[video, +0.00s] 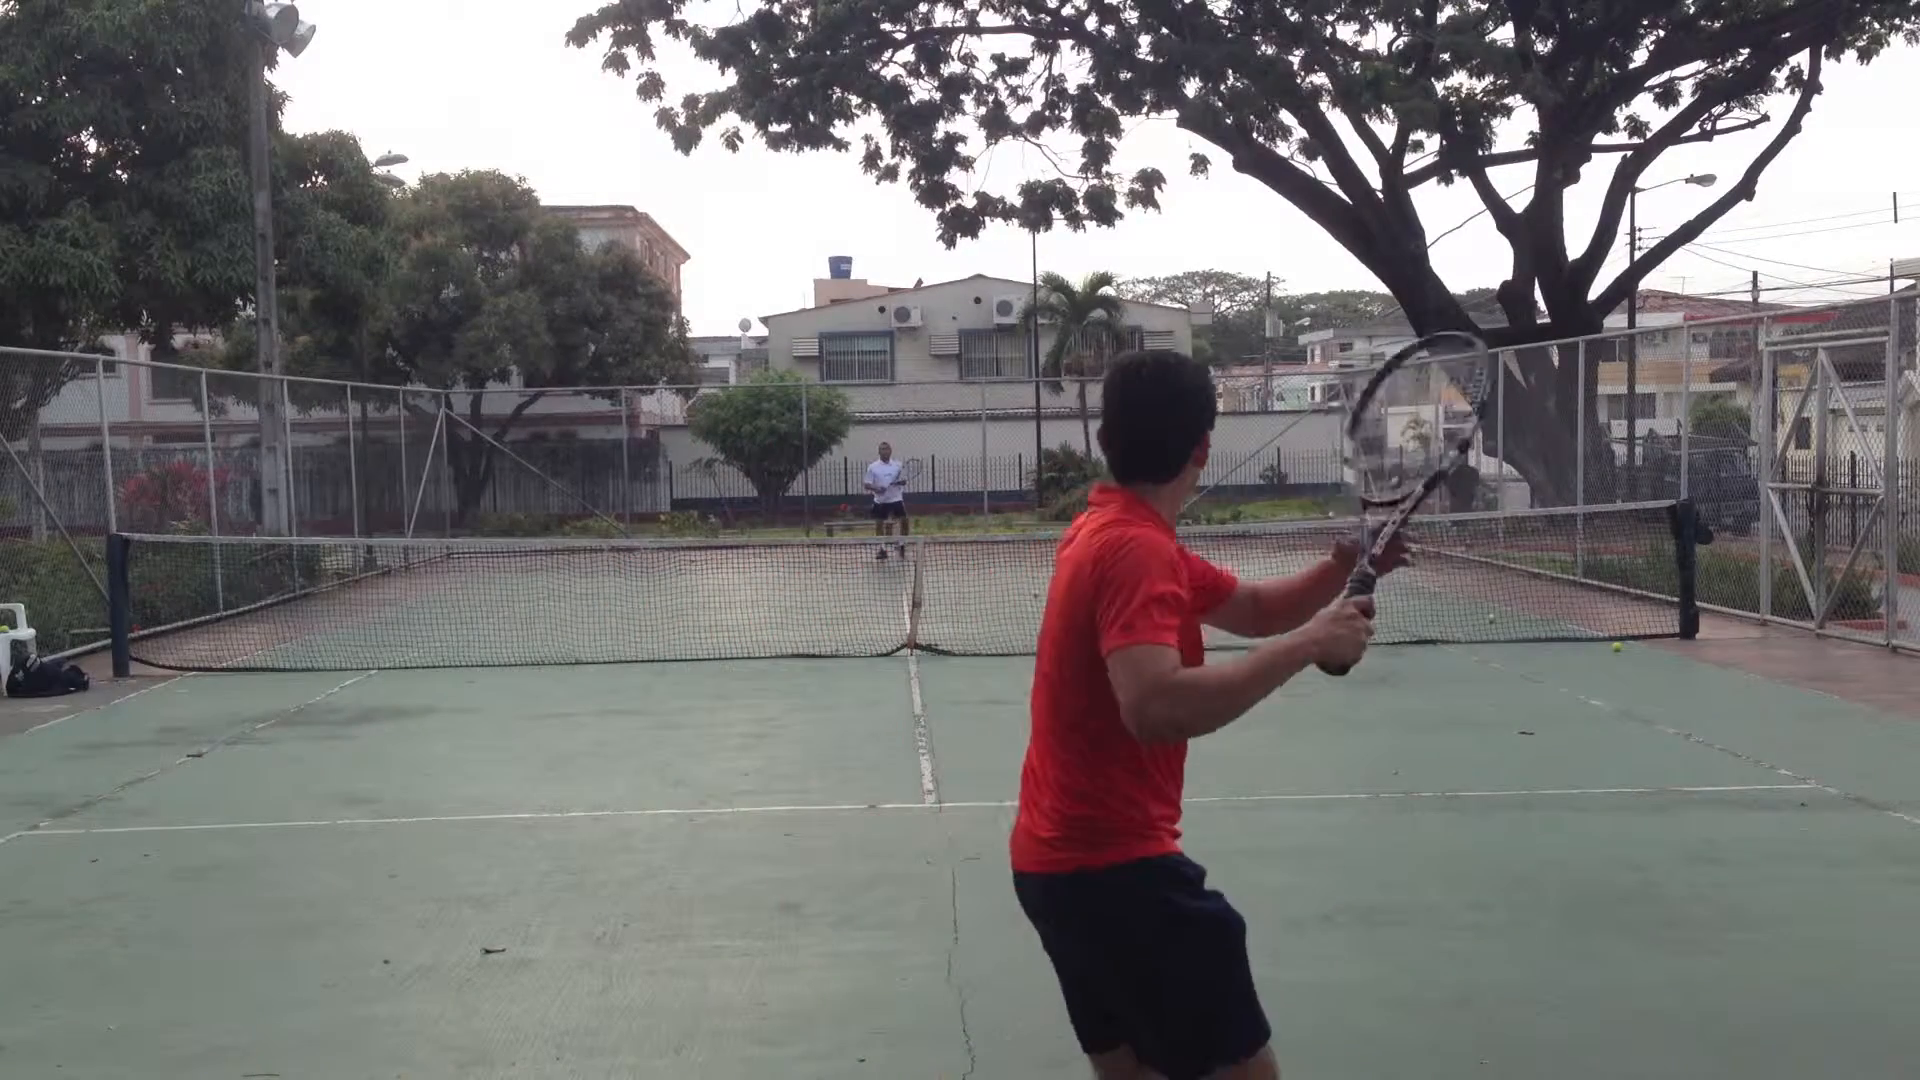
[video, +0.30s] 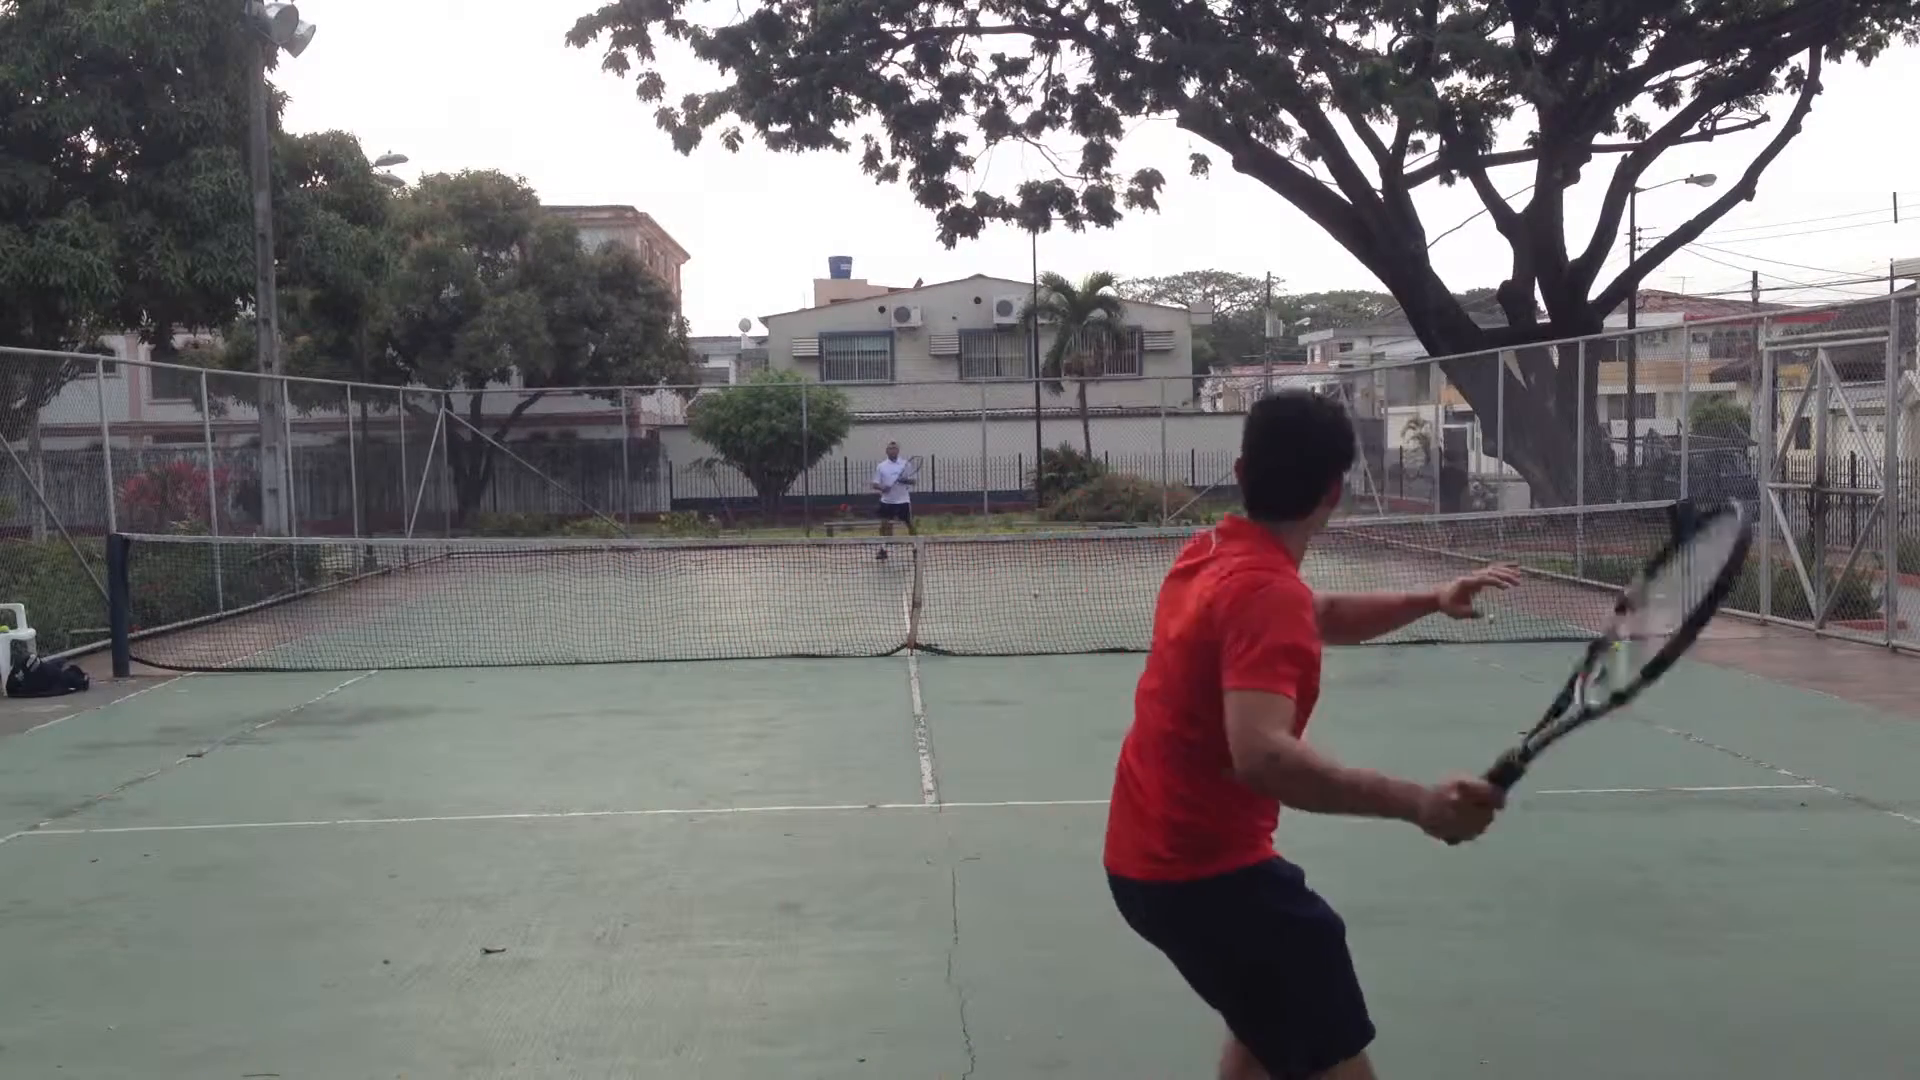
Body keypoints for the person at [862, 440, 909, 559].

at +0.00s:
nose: (885, 451)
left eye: (887, 449)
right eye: (882, 449)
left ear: (890, 451)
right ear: (879, 452)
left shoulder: (897, 465)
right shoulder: (873, 467)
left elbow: (903, 480)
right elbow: (867, 484)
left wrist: (899, 482)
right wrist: (876, 489)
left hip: (896, 500)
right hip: (880, 501)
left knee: (904, 521)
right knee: (879, 524)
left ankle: (902, 544)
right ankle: (881, 548)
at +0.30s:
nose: (892, 451)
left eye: (894, 449)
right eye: (890, 449)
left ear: (898, 450)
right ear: (886, 451)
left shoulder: (905, 464)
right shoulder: (881, 466)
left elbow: (913, 481)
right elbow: (875, 483)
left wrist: (905, 481)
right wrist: (882, 488)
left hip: (903, 501)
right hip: (887, 501)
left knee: (910, 525)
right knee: (885, 525)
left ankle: (915, 548)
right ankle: (884, 549)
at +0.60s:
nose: (899, 451)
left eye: (901, 448)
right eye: (896, 449)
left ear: (905, 450)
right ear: (893, 451)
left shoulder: (912, 464)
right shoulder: (887, 465)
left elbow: (918, 482)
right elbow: (881, 483)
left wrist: (913, 480)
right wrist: (893, 487)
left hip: (908, 500)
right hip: (892, 501)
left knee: (913, 524)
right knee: (888, 523)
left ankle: (916, 548)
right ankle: (884, 549)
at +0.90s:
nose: (899, 451)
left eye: (901, 449)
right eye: (897, 449)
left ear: (905, 450)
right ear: (893, 451)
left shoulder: (912, 464)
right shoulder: (888, 465)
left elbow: (918, 482)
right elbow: (881, 483)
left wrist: (913, 480)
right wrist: (893, 487)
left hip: (908, 500)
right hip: (892, 501)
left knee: (913, 524)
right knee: (888, 523)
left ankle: (916, 548)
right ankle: (884, 548)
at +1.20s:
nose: (897, 452)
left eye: (898, 450)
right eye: (894, 450)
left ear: (901, 451)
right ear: (889, 451)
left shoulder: (908, 464)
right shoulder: (883, 465)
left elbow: (916, 482)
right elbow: (876, 482)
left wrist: (906, 480)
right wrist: (885, 485)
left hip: (904, 501)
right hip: (888, 501)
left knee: (912, 525)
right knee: (885, 526)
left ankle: (915, 548)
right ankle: (883, 549)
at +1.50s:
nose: (876, 455)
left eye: (878, 452)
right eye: (874, 452)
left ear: (883, 453)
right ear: (872, 454)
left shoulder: (890, 466)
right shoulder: (868, 466)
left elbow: (893, 484)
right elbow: (854, 475)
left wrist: (881, 478)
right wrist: (867, 480)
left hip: (886, 500)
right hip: (872, 500)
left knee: (889, 525)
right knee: (870, 524)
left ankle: (887, 548)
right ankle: (879, 547)